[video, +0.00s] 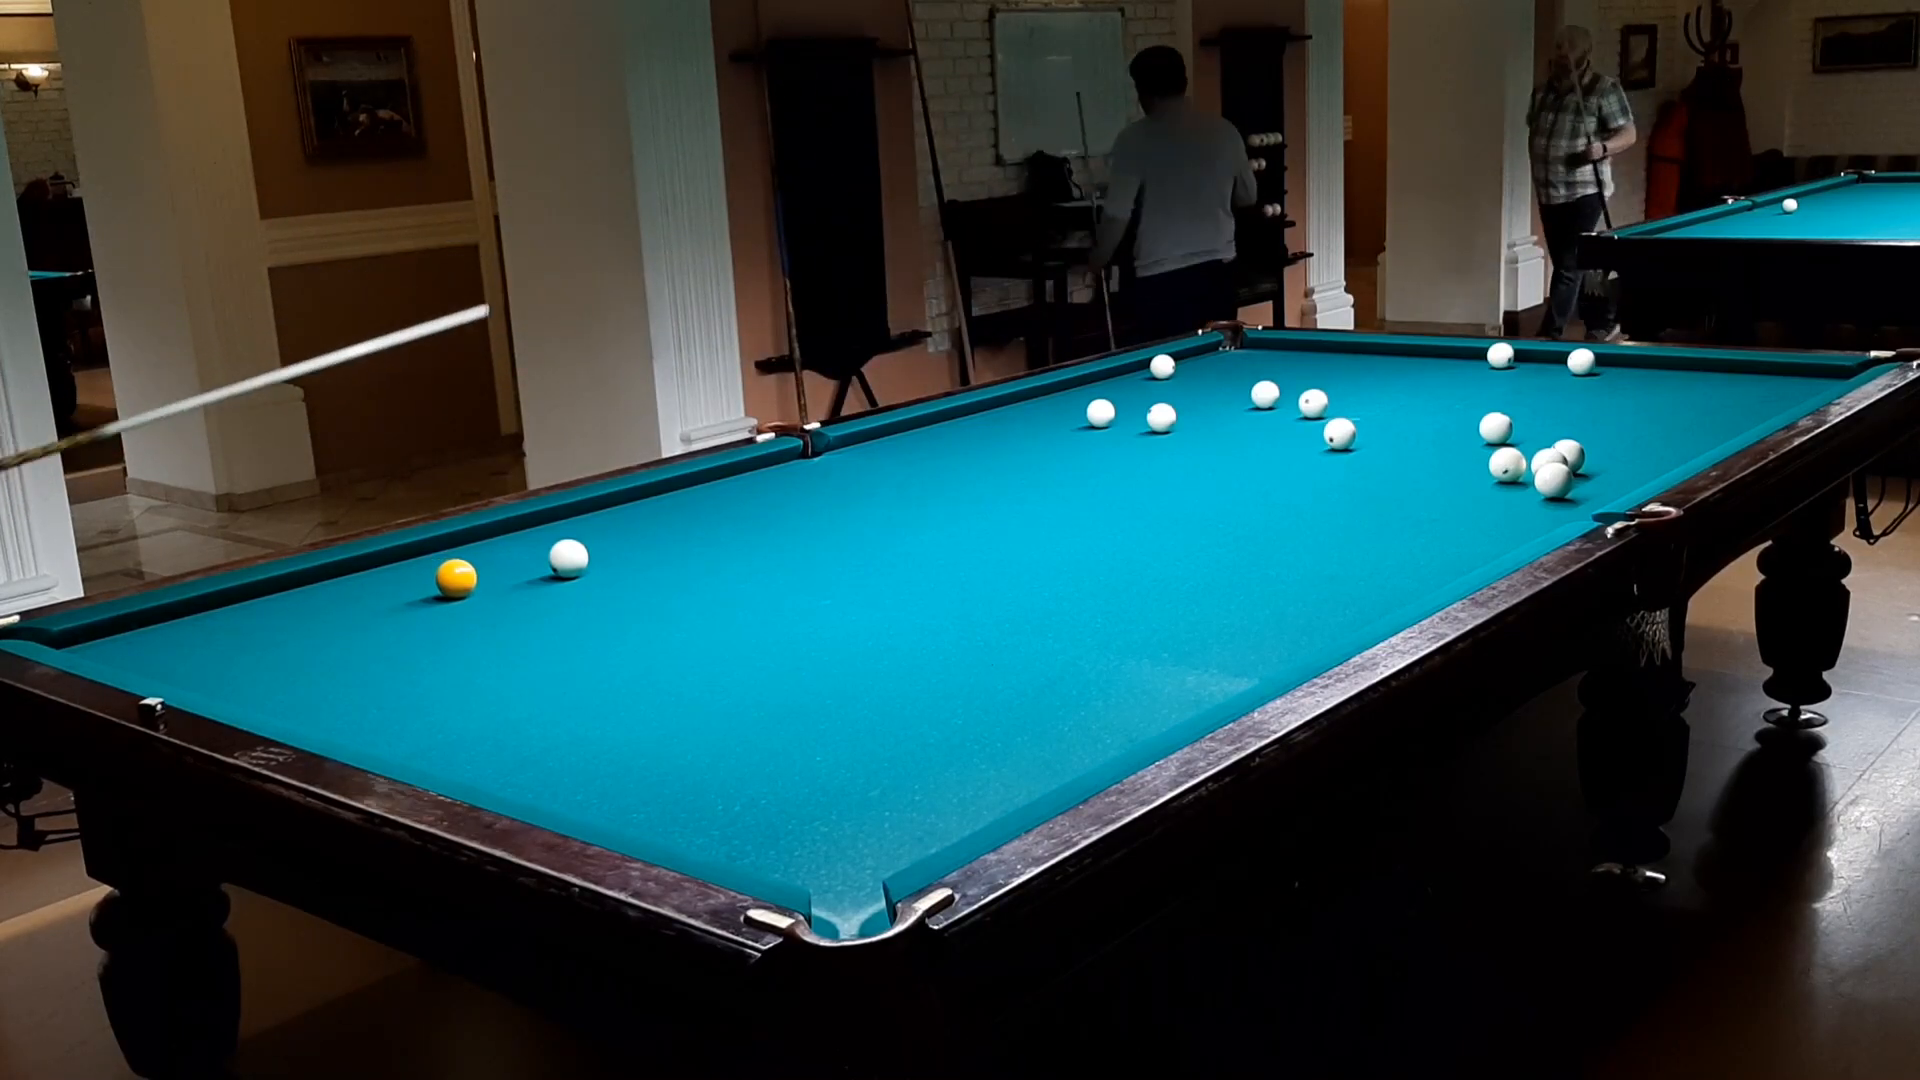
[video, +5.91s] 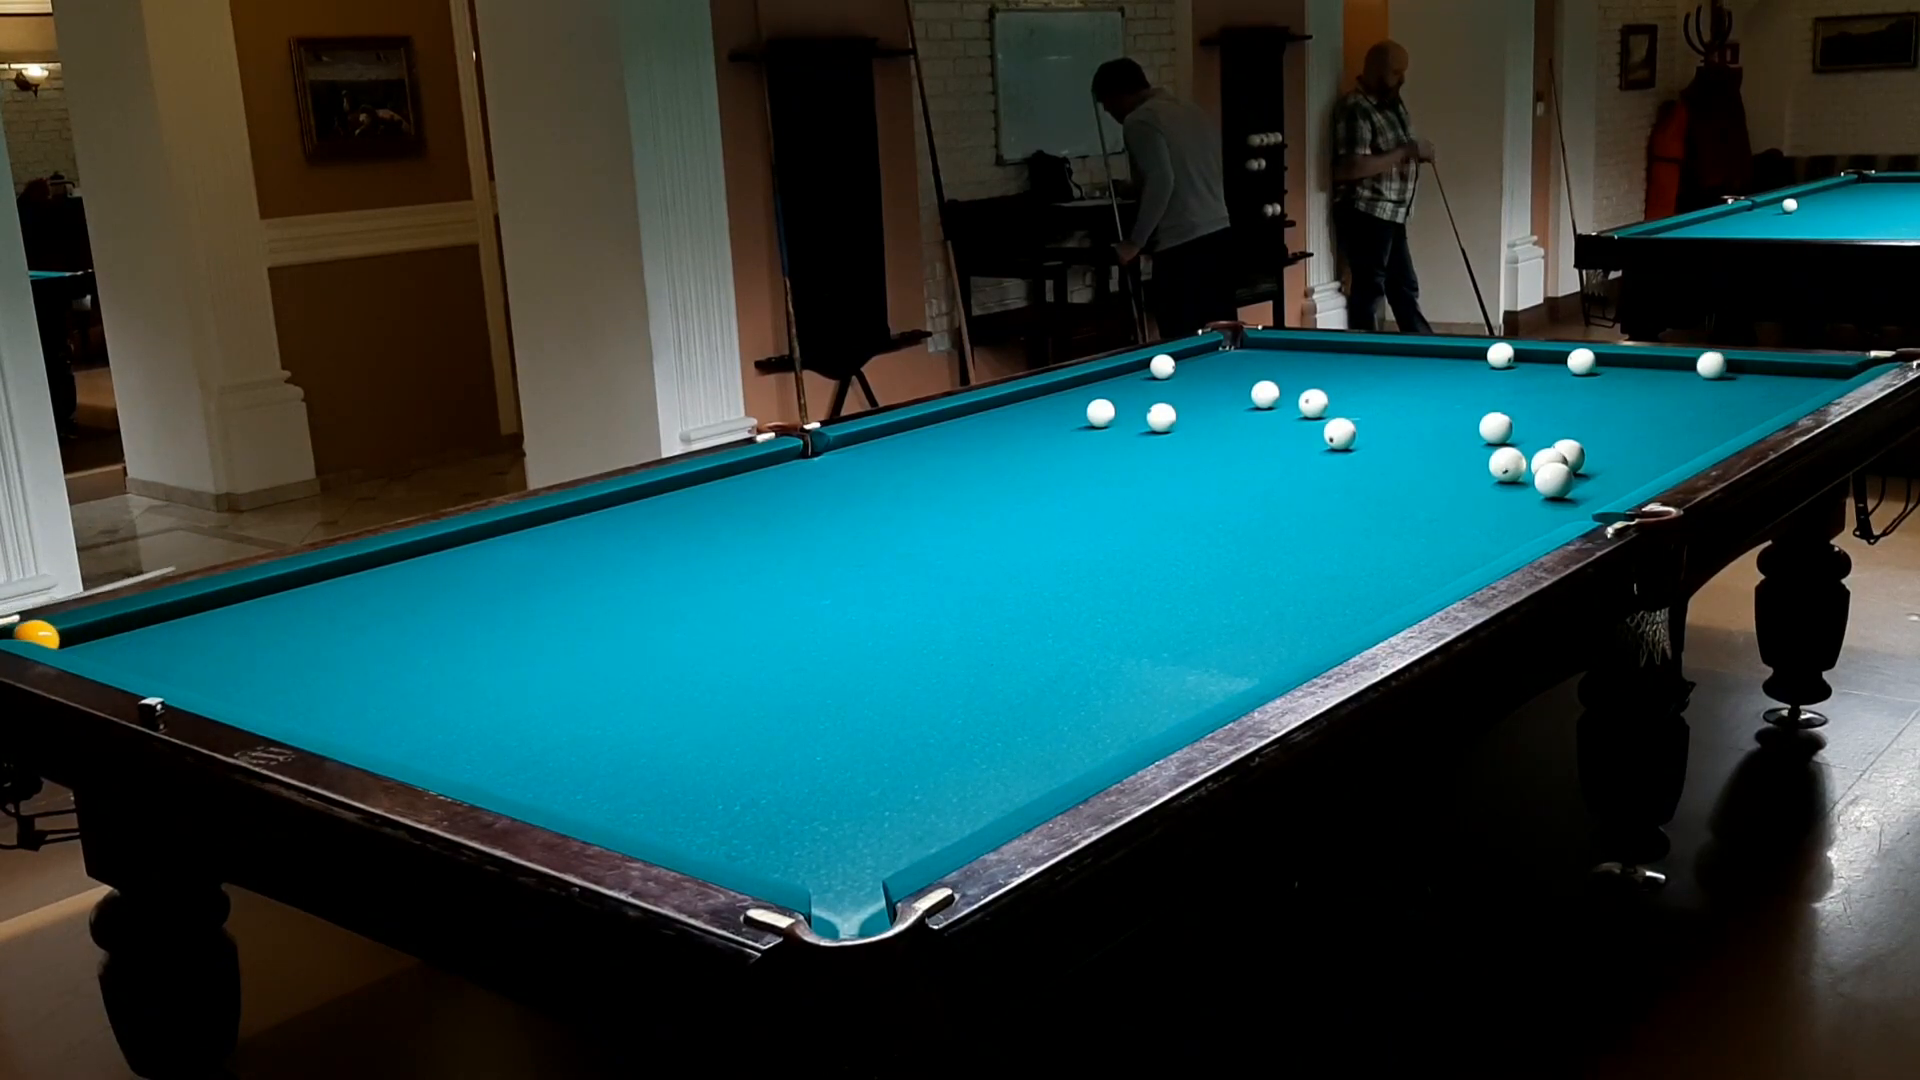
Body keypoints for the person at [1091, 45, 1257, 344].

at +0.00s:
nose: (1137, 96)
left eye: (1137, 88)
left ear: (1141, 91)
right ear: (1185, 82)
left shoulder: (1135, 138)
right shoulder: (1223, 130)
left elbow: (1117, 213)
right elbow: (1248, 195)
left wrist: (1098, 262)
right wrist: (1208, 194)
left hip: (1160, 276)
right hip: (1219, 269)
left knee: (1162, 370)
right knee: (1219, 369)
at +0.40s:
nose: (1136, 93)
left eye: (1136, 84)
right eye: (1135, 85)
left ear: (1146, 84)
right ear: (1178, 76)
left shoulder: (1153, 125)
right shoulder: (1216, 119)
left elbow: (1155, 195)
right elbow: (1217, 184)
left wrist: (1127, 244)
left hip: (1174, 265)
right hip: (1222, 257)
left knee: (1172, 359)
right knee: (1217, 353)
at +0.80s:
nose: (1148, 96)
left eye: (1149, 87)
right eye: (1146, 88)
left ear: (1164, 83)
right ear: (1187, 74)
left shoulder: (1183, 118)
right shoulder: (1228, 116)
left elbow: (1200, 180)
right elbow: (1233, 181)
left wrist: (1159, 225)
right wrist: (1171, 176)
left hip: (1197, 252)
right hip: (1233, 246)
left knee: (1187, 345)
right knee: (1224, 339)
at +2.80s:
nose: (1123, 103)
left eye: (1121, 94)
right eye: (1119, 95)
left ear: (1131, 87)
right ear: (1159, 76)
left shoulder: (1153, 120)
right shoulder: (1201, 110)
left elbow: (1167, 183)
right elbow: (1207, 177)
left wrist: (1138, 242)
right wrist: (1142, 186)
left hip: (1182, 253)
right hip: (1221, 243)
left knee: (1182, 347)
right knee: (1220, 340)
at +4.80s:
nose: (1114, 111)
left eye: (1111, 103)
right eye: (1109, 105)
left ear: (1120, 94)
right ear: (1146, 81)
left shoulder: (1144, 121)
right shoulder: (1194, 110)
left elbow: (1162, 184)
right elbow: (1208, 171)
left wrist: (1135, 243)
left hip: (1180, 250)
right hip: (1220, 239)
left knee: (1180, 343)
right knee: (1221, 334)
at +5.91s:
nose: (1110, 112)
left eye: (1107, 104)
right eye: (1105, 106)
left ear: (1117, 95)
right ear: (1141, 83)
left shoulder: (1140, 122)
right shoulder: (1187, 109)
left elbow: (1160, 181)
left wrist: (1134, 243)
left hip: (1181, 249)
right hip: (1220, 238)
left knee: (1181, 343)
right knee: (1221, 333)